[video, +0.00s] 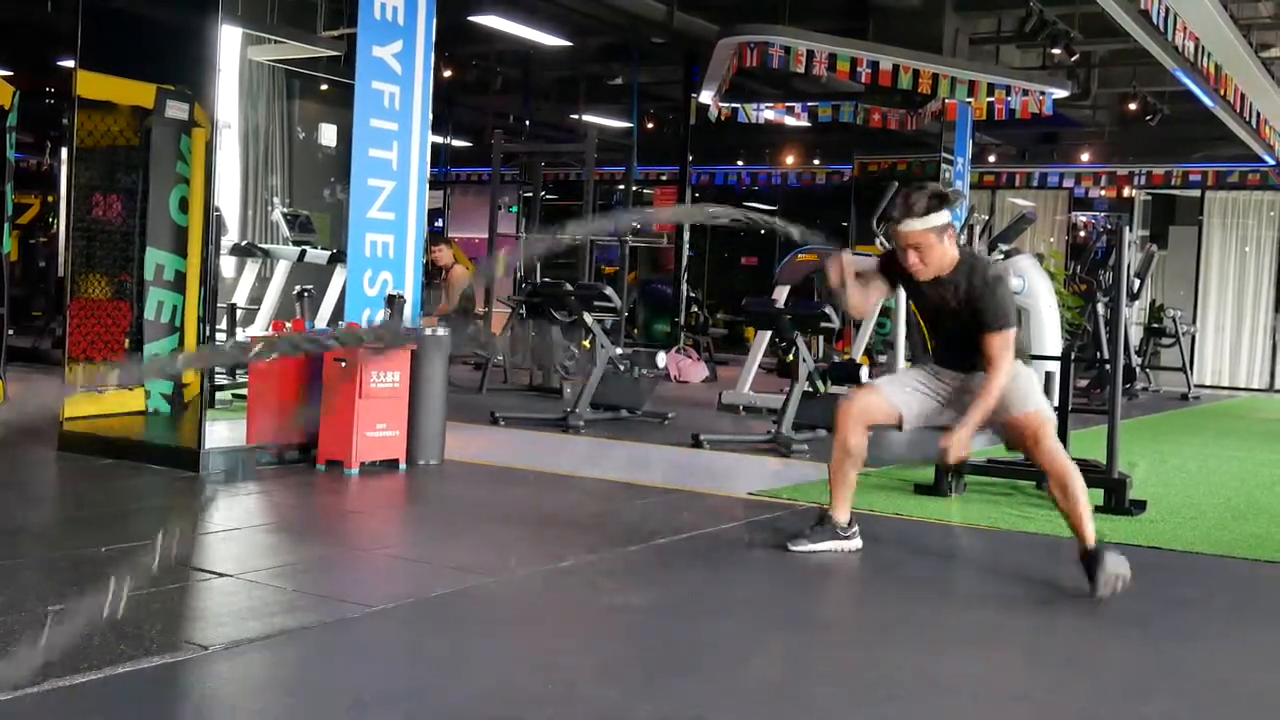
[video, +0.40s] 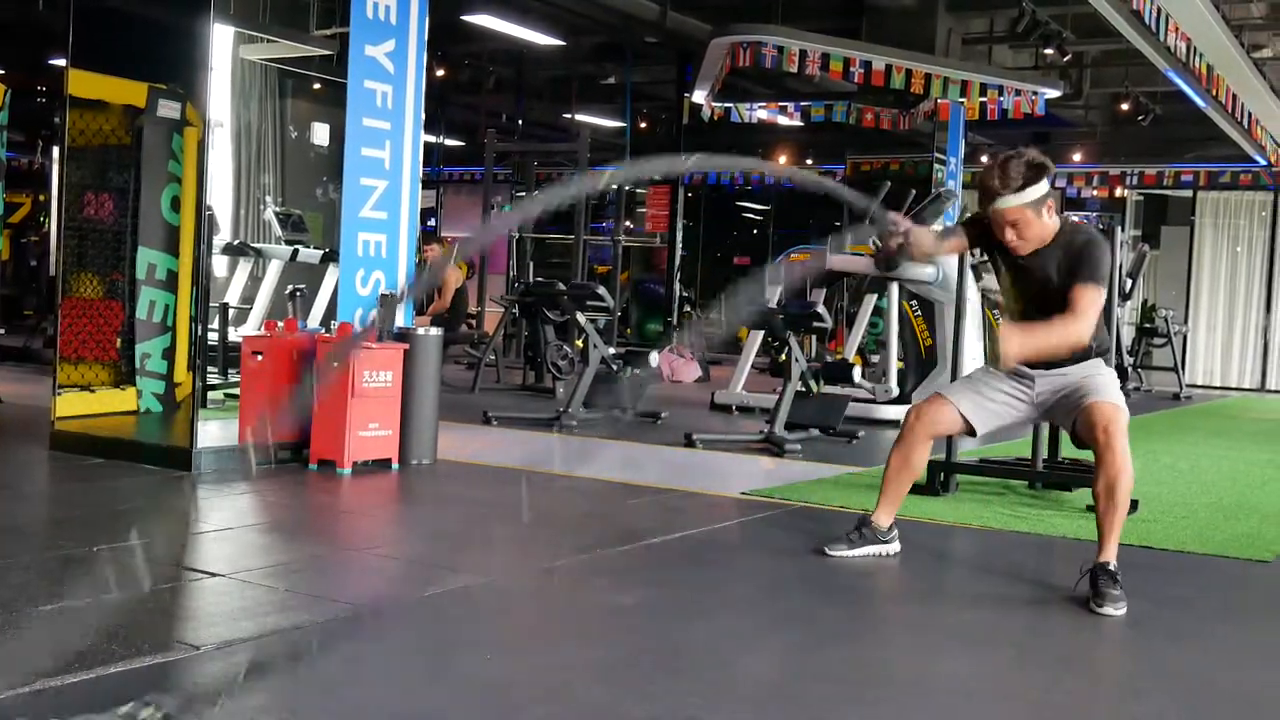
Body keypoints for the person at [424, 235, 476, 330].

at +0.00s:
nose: (436, 255)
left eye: (440, 251)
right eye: (433, 252)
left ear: (451, 250)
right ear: (430, 255)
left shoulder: (457, 272)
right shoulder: (445, 273)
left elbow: (452, 306)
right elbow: (444, 303)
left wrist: (435, 317)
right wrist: (435, 317)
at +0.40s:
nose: (428, 254)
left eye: (432, 250)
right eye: (425, 251)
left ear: (441, 250)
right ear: (423, 254)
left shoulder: (450, 271)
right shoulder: (437, 271)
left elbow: (445, 303)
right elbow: (437, 300)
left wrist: (427, 317)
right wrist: (426, 317)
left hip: (452, 321)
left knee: (410, 321)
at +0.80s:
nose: (419, 255)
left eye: (423, 250)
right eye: (416, 251)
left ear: (433, 250)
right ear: (413, 255)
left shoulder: (440, 271)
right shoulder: (429, 273)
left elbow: (436, 304)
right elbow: (429, 301)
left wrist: (418, 317)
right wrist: (418, 318)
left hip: (443, 322)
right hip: (436, 318)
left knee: (402, 321)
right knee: (401, 320)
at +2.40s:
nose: (424, 256)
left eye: (428, 252)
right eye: (423, 254)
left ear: (441, 254)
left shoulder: (447, 275)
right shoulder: (436, 277)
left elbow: (443, 308)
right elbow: (434, 306)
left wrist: (424, 321)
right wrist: (424, 322)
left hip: (448, 327)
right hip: (441, 324)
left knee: (407, 326)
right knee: (406, 324)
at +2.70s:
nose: (423, 257)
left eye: (427, 253)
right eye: (422, 254)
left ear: (439, 255)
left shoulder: (446, 275)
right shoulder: (435, 278)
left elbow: (441, 309)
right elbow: (433, 306)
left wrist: (422, 322)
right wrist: (421, 322)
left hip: (450, 327)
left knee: (408, 325)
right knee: (407, 323)